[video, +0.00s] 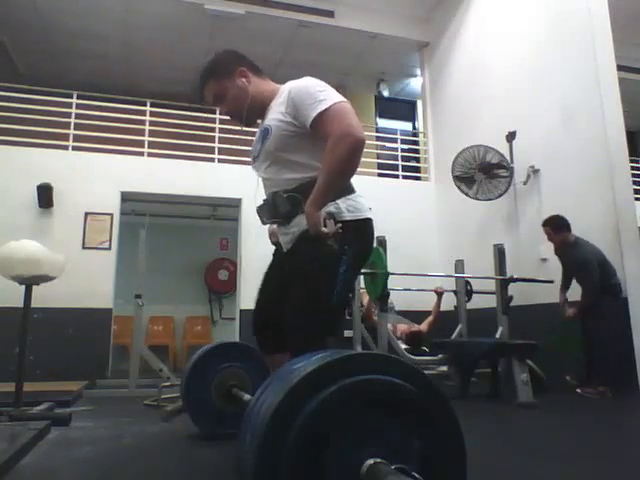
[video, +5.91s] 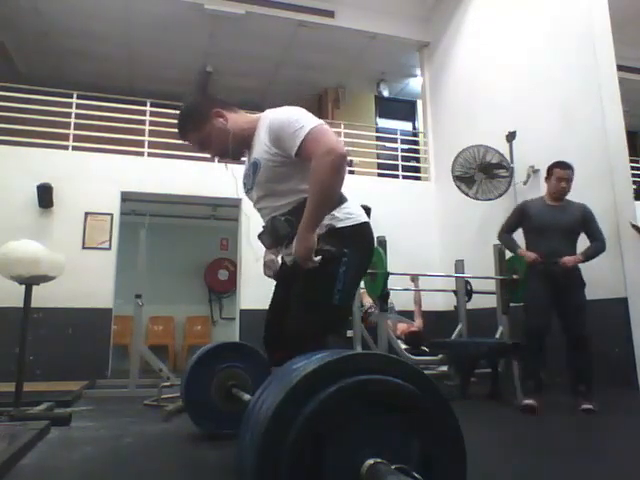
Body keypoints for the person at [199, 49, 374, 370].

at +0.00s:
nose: (222, 111)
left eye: (221, 98)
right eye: (216, 106)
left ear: (243, 77)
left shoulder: (300, 91)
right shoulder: (265, 134)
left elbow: (349, 137)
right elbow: (291, 181)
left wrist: (313, 206)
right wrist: (277, 222)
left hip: (335, 228)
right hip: (300, 237)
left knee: (303, 333)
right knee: (268, 326)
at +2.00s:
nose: (208, 150)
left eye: (204, 139)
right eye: (201, 145)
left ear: (220, 112)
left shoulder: (280, 114)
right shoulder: (247, 169)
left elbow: (332, 155)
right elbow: (279, 209)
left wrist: (306, 224)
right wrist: (272, 243)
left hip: (336, 237)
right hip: (300, 251)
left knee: (303, 335)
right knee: (274, 337)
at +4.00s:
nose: (213, 125)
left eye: (210, 111)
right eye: (206, 119)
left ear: (230, 89)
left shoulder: (283, 103)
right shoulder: (254, 157)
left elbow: (339, 133)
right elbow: (279, 205)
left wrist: (320, 210)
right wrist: (268, 246)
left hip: (334, 228)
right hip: (299, 242)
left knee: (311, 334)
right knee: (276, 330)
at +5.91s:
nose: (212, 155)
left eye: (206, 144)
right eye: (204, 151)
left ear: (220, 118)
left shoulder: (279, 120)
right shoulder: (252, 170)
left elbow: (331, 154)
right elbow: (280, 215)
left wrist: (306, 232)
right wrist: (272, 250)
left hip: (339, 238)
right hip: (303, 251)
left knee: (306, 337)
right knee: (277, 338)